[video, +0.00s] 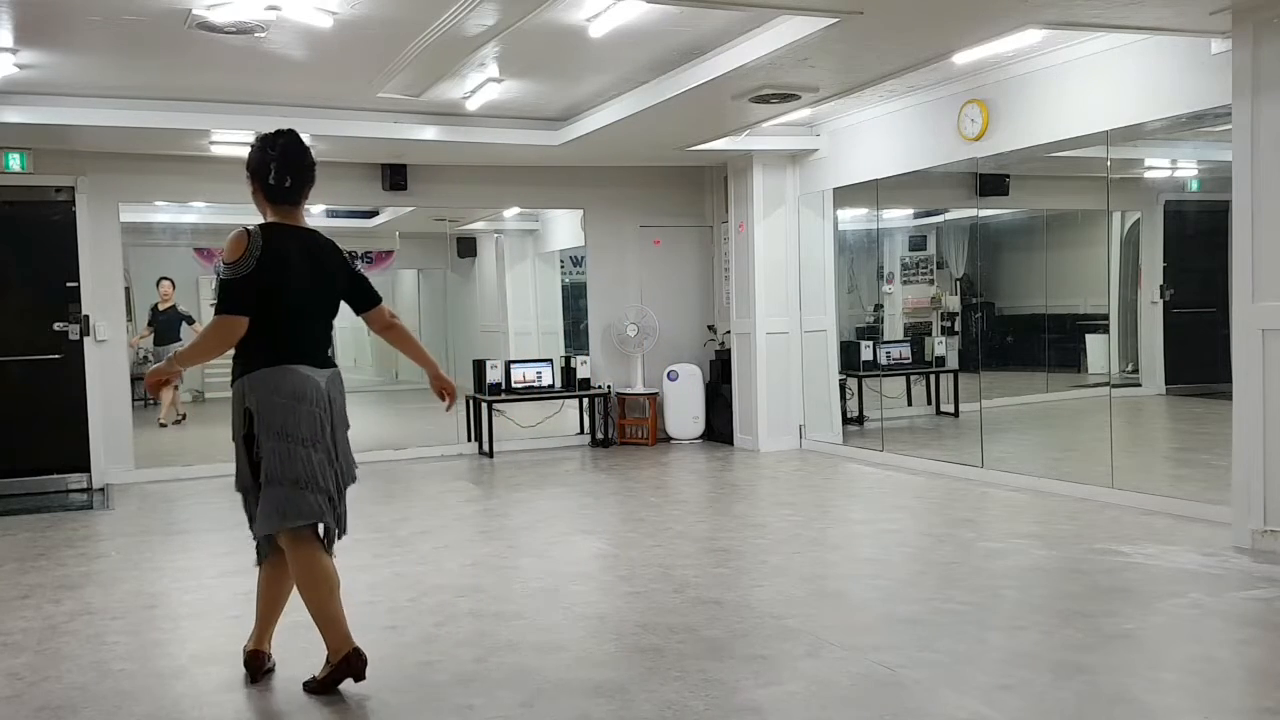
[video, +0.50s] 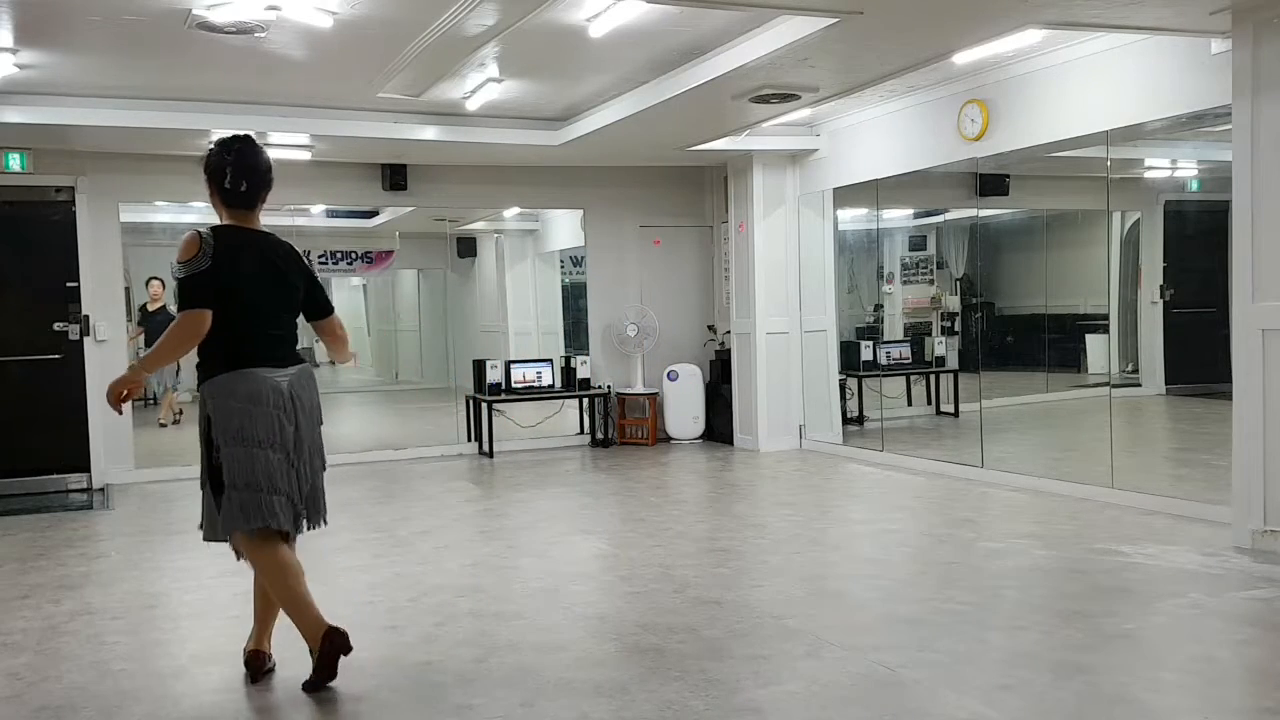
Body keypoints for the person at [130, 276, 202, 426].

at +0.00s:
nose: (165, 291)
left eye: (168, 287)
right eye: (162, 287)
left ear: (173, 290)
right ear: (158, 290)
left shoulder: (179, 309)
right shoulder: (154, 309)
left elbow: (196, 326)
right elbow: (149, 329)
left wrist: (210, 339)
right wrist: (138, 337)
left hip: (174, 348)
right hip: (158, 349)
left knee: (169, 382)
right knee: (168, 383)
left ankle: (162, 417)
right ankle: (180, 413)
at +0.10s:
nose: (163, 290)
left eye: (166, 287)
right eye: (160, 287)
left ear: (171, 290)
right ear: (156, 289)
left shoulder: (176, 308)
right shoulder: (152, 308)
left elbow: (193, 326)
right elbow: (148, 329)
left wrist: (204, 341)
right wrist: (137, 337)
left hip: (172, 348)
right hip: (156, 349)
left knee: (169, 383)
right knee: (167, 383)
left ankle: (162, 416)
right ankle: (180, 412)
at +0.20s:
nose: (161, 290)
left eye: (165, 287)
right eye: (158, 287)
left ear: (170, 289)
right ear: (154, 290)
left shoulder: (174, 308)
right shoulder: (150, 308)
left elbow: (190, 328)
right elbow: (147, 328)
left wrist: (198, 342)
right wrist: (135, 337)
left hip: (171, 349)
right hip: (155, 350)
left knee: (168, 383)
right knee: (166, 384)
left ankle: (162, 416)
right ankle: (179, 411)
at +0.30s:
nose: (159, 290)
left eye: (162, 287)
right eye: (156, 287)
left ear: (167, 290)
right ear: (151, 289)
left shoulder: (171, 308)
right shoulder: (147, 308)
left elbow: (186, 326)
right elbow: (146, 328)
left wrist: (183, 343)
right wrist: (134, 337)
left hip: (169, 348)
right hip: (152, 350)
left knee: (167, 384)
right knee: (164, 384)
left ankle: (162, 416)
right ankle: (179, 411)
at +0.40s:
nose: (157, 290)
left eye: (160, 287)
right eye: (154, 287)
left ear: (165, 290)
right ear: (149, 290)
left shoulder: (170, 308)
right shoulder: (145, 309)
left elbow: (184, 327)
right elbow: (144, 328)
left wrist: (180, 344)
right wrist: (132, 337)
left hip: (168, 349)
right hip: (151, 351)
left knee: (168, 384)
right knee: (162, 384)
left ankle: (162, 416)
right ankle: (178, 410)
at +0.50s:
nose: (155, 290)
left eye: (158, 287)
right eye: (151, 287)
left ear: (163, 290)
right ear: (147, 290)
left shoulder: (169, 308)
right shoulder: (144, 309)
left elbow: (178, 327)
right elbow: (141, 327)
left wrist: (178, 346)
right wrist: (130, 337)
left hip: (168, 349)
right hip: (151, 351)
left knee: (168, 384)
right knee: (162, 384)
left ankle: (163, 415)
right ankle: (176, 410)